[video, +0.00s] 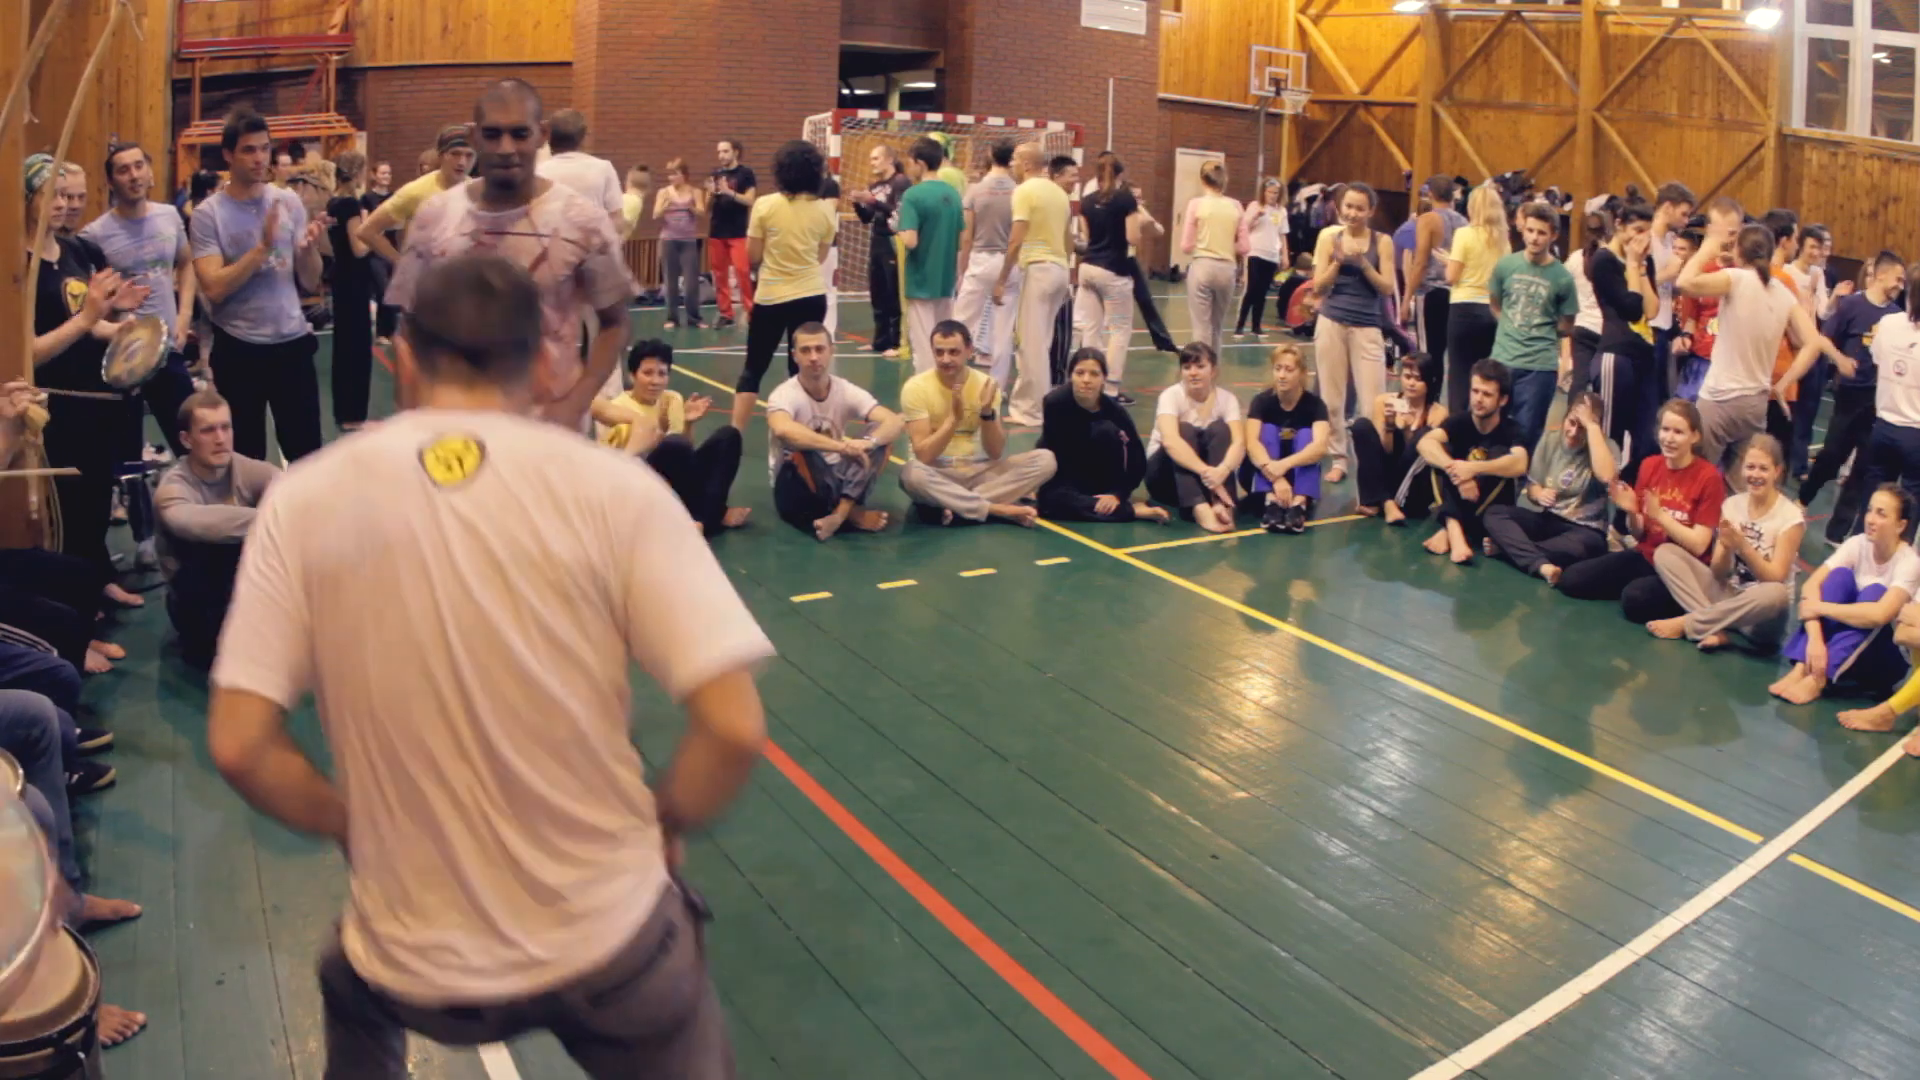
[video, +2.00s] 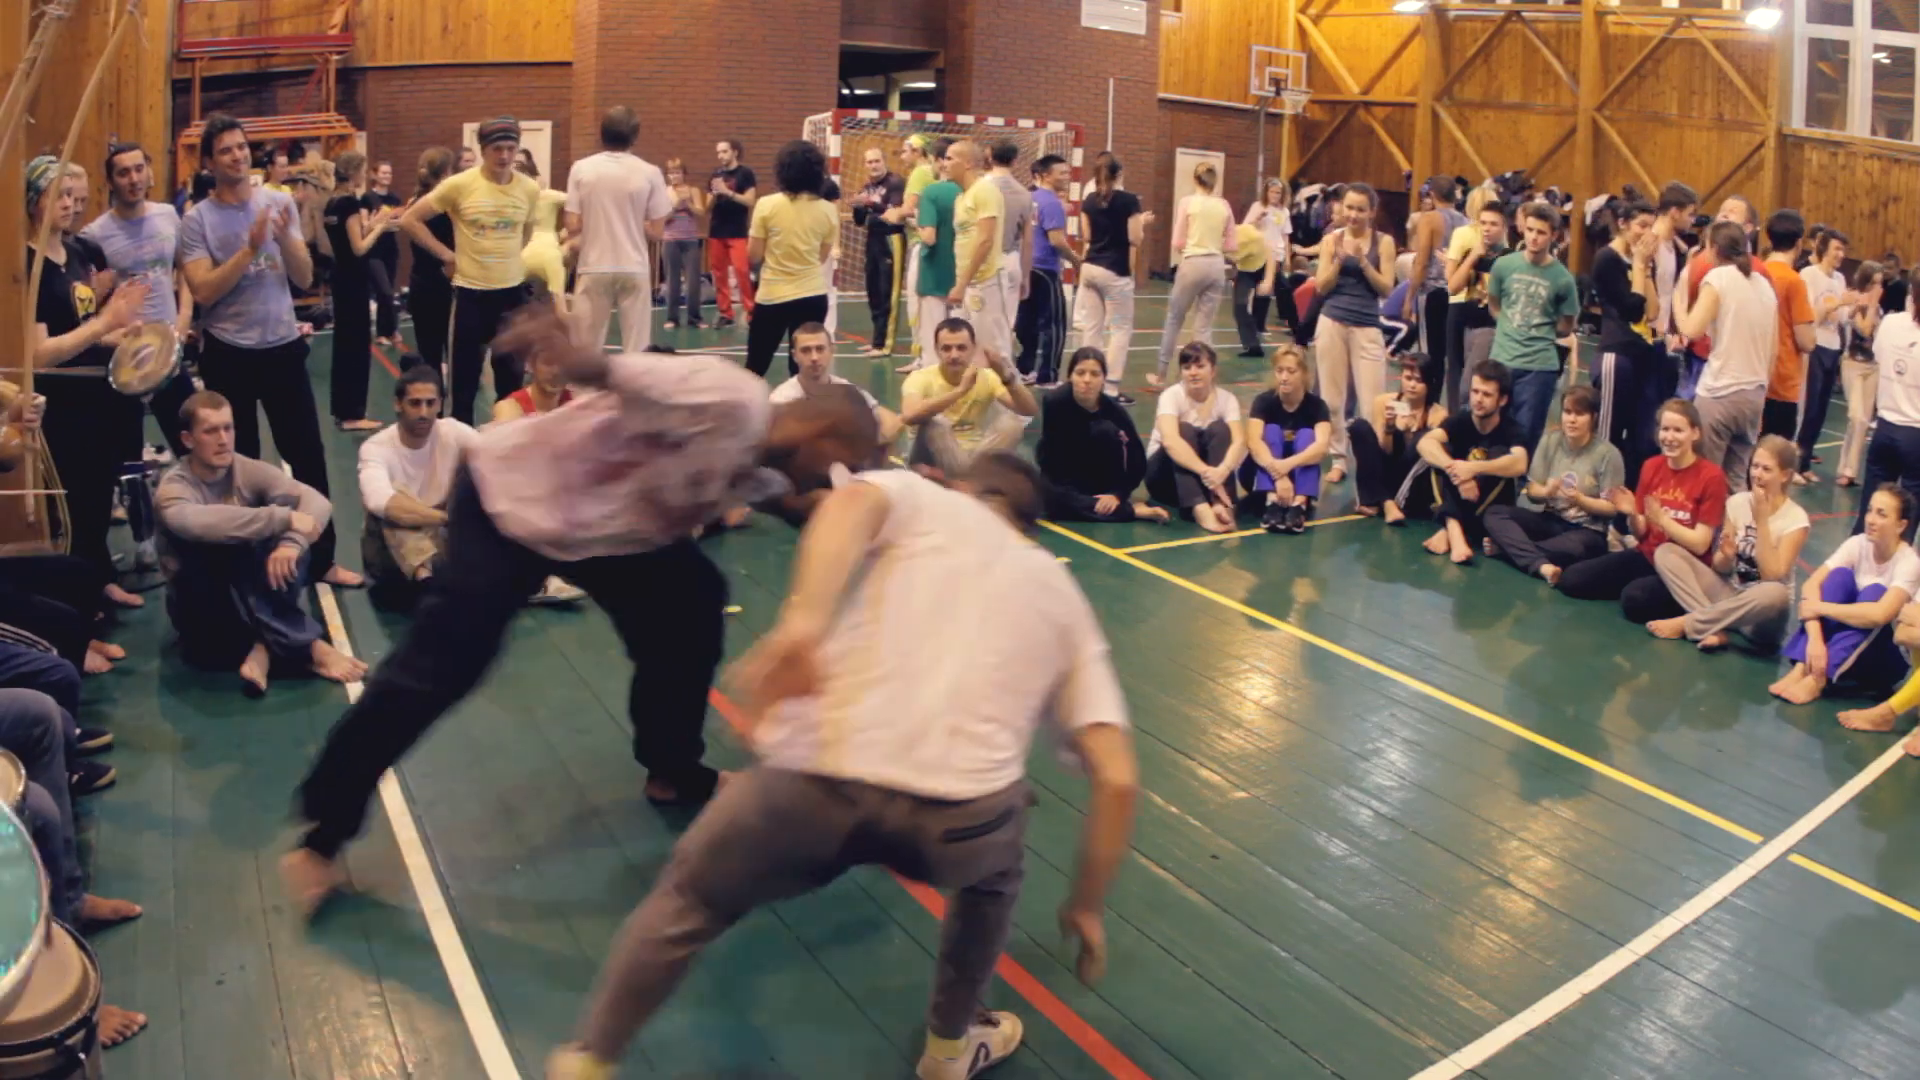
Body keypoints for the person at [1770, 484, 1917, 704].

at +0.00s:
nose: (1870, 519)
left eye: (1881, 514)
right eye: (1869, 511)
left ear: (1901, 526)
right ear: (1864, 513)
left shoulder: (1910, 562)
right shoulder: (1857, 544)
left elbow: (1880, 616)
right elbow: (1810, 586)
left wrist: (1818, 607)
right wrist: (1815, 641)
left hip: (1881, 667)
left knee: (1875, 592)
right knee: (1840, 577)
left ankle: (1817, 678)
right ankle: (1800, 668)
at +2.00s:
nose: (1870, 519)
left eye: (1881, 514)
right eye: (1869, 511)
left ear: (1901, 526)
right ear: (1864, 513)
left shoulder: (1909, 562)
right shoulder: (1857, 544)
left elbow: (1880, 615)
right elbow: (1810, 585)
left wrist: (1818, 607)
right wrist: (1815, 641)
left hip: (1881, 667)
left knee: (1874, 592)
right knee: (1840, 576)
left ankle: (1817, 678)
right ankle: (1800, 667)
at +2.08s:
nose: (1870, 519)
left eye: (1881, 514)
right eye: (1869, 511)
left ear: (1901, 526)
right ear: (1864, 513)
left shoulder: (1909, 562)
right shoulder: (1857, 544)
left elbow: (1880, 616)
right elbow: (1810, 586)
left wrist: (1819, 607)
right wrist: (1815, 641)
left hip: (1880, 667)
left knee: (1875, 592)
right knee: (1840, 577)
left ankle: (1818, 678)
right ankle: (1800, 667)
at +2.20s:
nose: (1870, 519)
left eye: (1881, 514)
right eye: (1869, 511)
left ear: (1901, 526)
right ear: (1864, 513)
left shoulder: (1909, 562)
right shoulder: (1857, 544)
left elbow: (1880, 615)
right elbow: (1810, 586)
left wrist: (1818, 607)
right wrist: (1815, 641)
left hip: (1881, 667)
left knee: (1874, 592)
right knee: (1840, 577)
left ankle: (1818, 678)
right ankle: (1800, 667)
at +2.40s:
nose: (1871, 519)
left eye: (1881, 514)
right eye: (1869, 511)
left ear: (1901, 526)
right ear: (1865, 513)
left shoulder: (1910, 562)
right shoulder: (1857, 544)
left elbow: (1880, 616)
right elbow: (1810, 586)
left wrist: (1819, 607)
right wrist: (1815, 641)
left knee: (1875, 592)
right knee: (1840, 577)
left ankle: (1818, 678)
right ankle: (1800, 667)